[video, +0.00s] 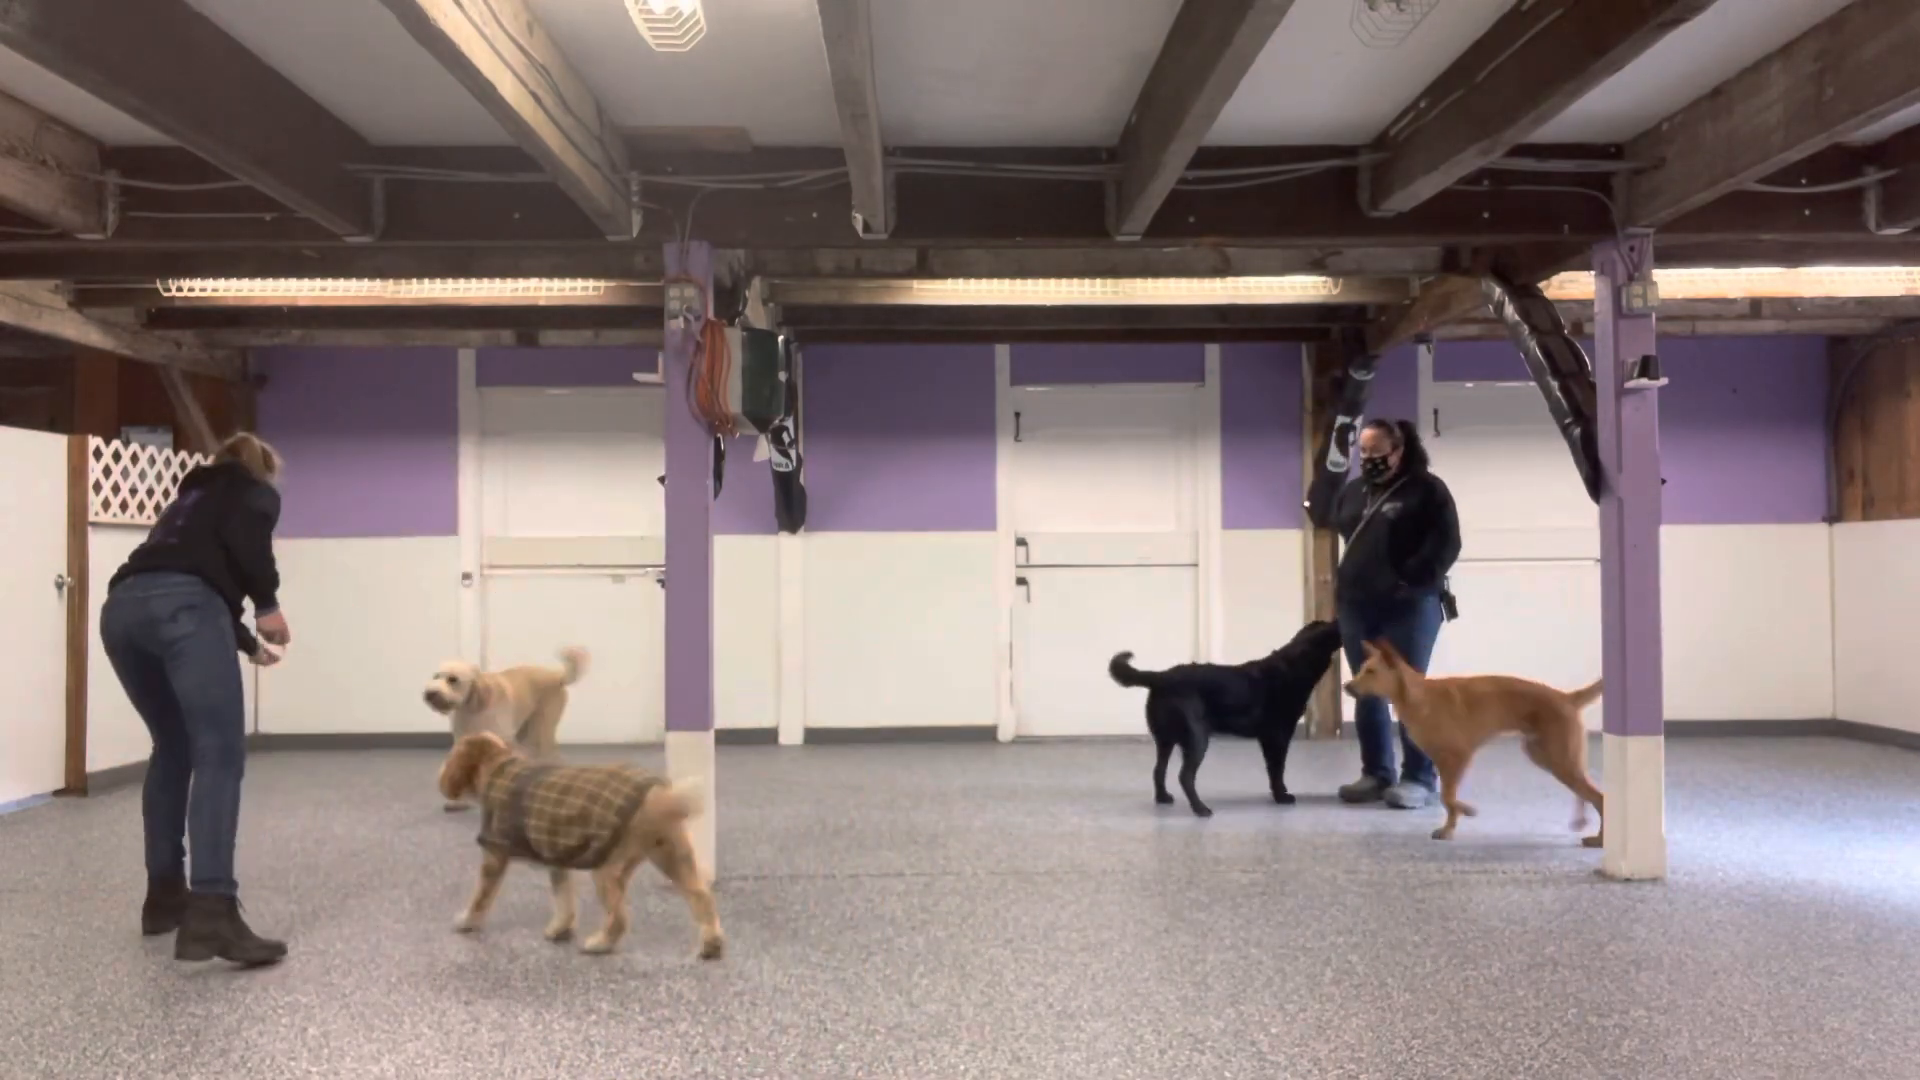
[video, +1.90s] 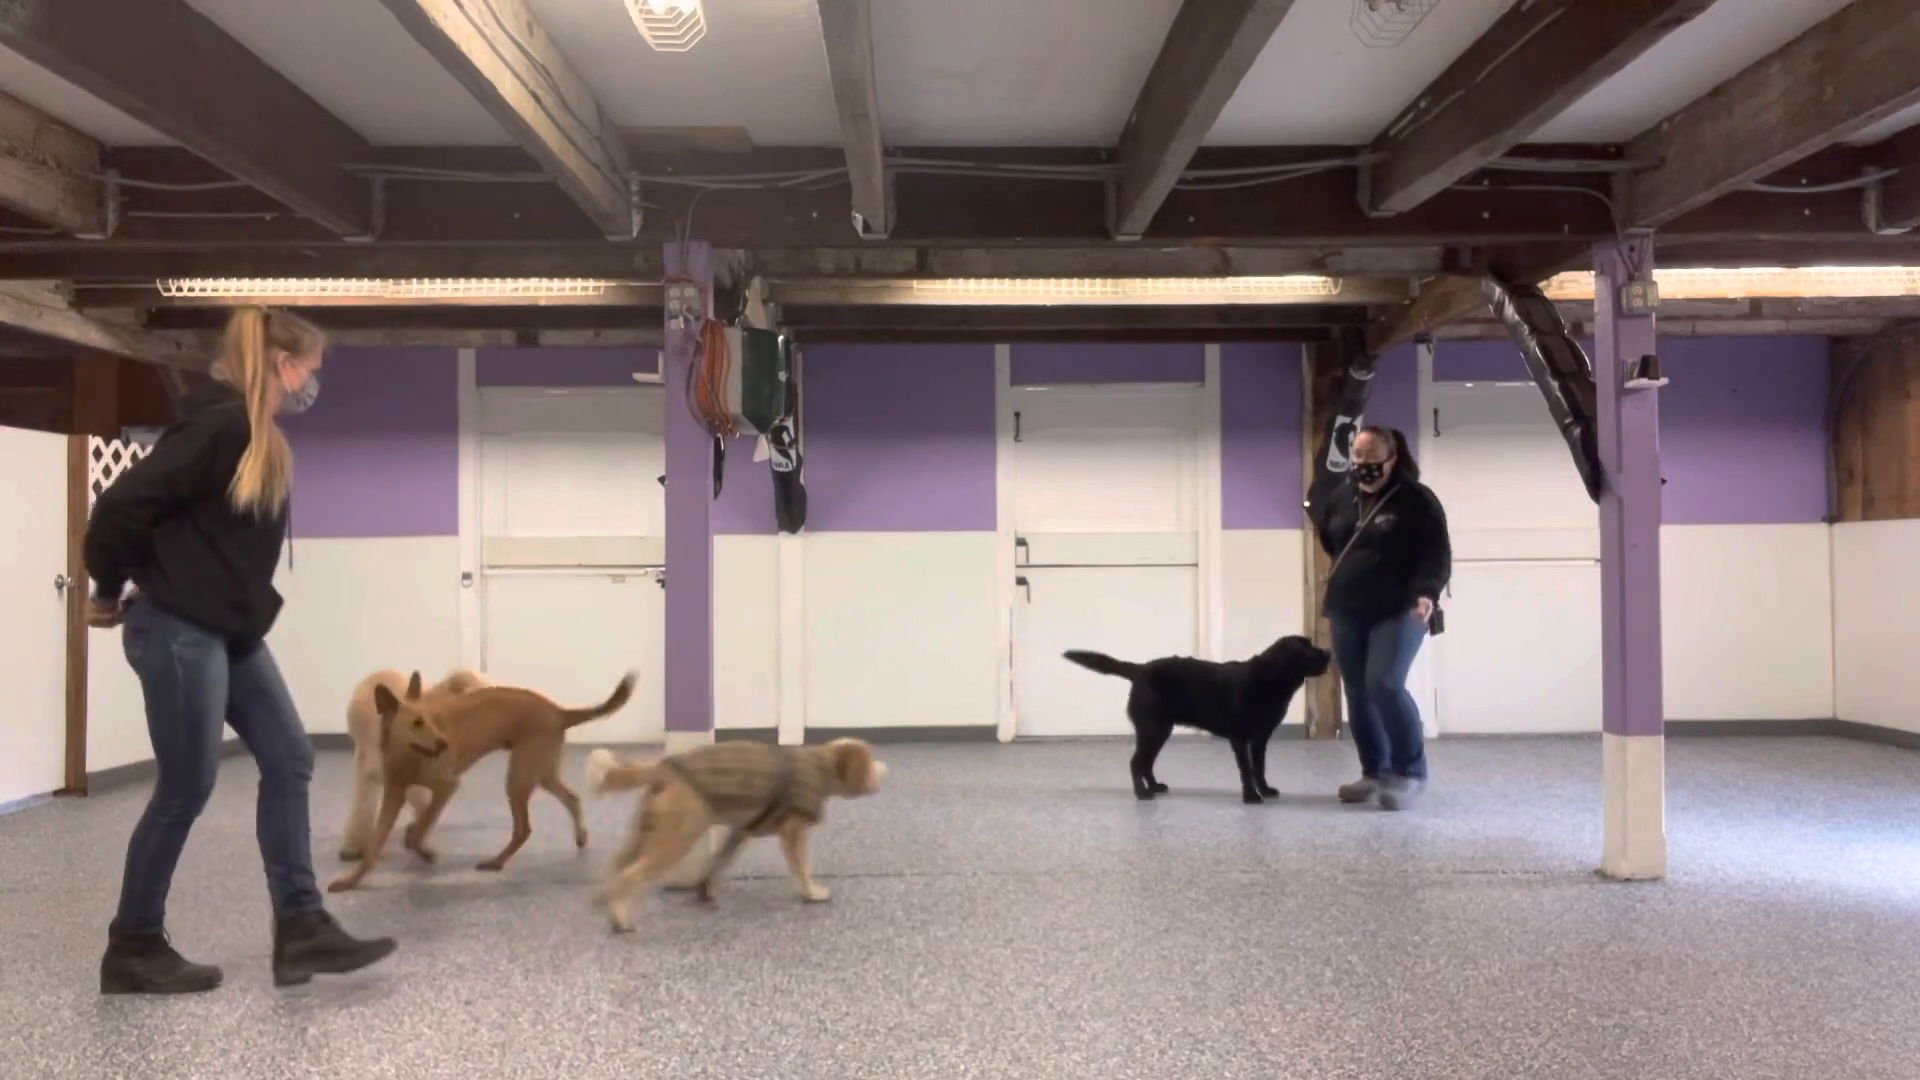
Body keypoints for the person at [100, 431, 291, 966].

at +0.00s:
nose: (275, 483)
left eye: (276, 475)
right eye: (274, 475)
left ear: (222, 463)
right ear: (265, 469)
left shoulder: (192, 493)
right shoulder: (257, 489)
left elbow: (200, 573)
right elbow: (248, 539)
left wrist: (244, 640)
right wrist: (269, 606)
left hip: (121, 606)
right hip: (187, 601)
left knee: (171, 747)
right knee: (220, 752)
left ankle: (164, 893)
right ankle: (211, 910)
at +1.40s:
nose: (277, 439)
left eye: (281, 428)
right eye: (274, 426)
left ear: (240, 414)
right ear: (248, 414)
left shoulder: (218, 456)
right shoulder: (215, 449)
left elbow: (183, 534)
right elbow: (169, 520)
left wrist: (201, 606)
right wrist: (208, 594)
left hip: (145, 614)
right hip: (147, 615)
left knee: (183, 761)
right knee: (201, 771)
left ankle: (171, 892)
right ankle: (135, 943)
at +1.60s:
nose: (280, 401)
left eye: (286, 389)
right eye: (278, 385)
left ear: (253, 374)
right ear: (248, 371)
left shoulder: (229, 430)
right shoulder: (203, 418)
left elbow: (167, 513)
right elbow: (114, 492)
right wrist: (117, 588)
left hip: (190, 619)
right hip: (156, 618)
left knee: (242, 751)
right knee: (191, 775)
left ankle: (190, 893)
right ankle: (132, 945)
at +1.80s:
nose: (297, 387)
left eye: (302, 374)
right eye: (296, 371)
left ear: (262, 358)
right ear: (266, 358)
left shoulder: (241, 421)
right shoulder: (215, 414)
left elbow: (173, 509)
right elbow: (114, 489)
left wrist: (125, 583)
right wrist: (81, 583)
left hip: (211, 622)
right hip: (166, 620)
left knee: (282, 746)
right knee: (178, 778)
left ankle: (259, 917)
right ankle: (131, 946)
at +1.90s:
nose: (313, 389)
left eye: (315, 376)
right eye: (309, 374)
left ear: (275, 363)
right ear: (276, 362)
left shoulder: (258, 430)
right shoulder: (219, 421)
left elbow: (193, 519)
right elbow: (119, 507)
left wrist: (136, 583)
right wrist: (108, 587)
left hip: (232, 627)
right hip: (178, 624)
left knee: (289, 762)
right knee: (183, 787)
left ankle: (302, 929)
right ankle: (133, 948)